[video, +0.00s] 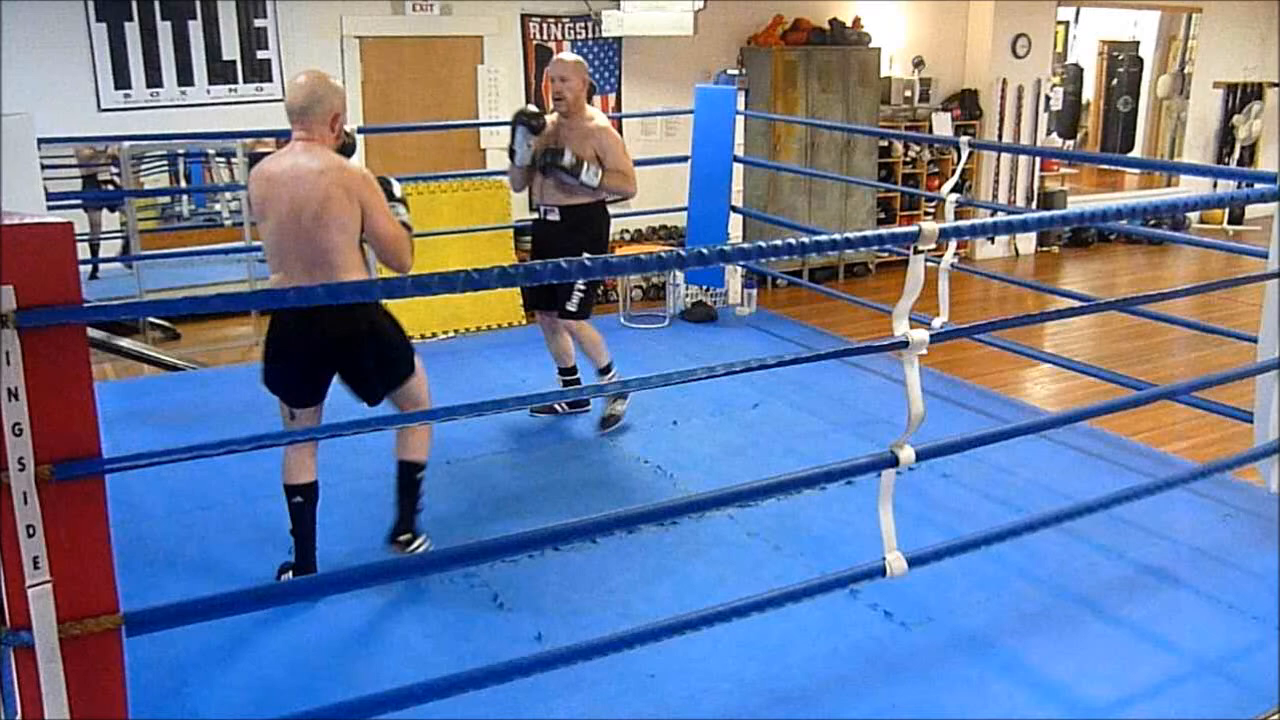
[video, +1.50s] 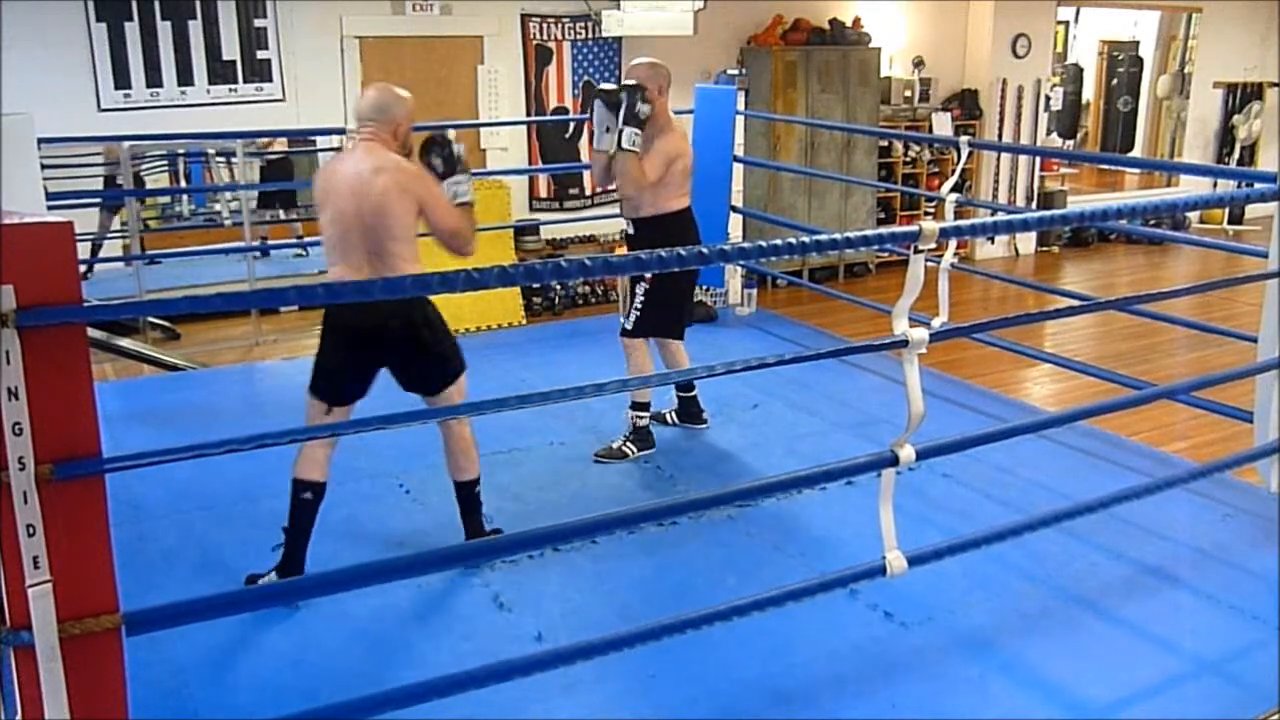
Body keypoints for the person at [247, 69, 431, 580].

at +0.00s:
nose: (346, 125)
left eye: (344, 118)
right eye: (343, 117)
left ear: (291, 119)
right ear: (333, 119)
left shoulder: (261, 176)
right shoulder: (352, 178)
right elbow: (400, 257)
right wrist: (392, 212)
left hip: (292, 329)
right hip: (357, 322)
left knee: (300, 436)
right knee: (416, 408)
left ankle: (303, 559)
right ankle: (405, 529)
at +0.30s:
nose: (380, 124)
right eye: (380, 117)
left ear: (334, 127)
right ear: (377, 122)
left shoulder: (318, 183)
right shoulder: (410, 160)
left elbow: (296, 252)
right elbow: (478, 166)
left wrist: (325, 215)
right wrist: (465, 141)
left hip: (343, 316)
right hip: (406, 310)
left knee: (306, 429)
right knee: (431, 411)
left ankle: (306, 555)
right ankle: (461, 508)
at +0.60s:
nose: (352, 117)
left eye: (342, 111)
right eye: (377, 107)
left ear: (337, 114)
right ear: (382, 110)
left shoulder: (325, 166)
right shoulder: (418, 157)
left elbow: (300, 245)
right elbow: (470, 212)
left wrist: (331, 205)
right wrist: (426, 200)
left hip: (349, 300)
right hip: (411, 294)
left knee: (300, 415)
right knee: (434, 401)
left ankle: (296, 547)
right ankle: (464, 502)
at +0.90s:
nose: (343, 130)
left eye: (340, 124)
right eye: (342, 123)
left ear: (291, 126)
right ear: (334, 124)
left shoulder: (261, 178)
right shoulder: (356, 170)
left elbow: (267, 240)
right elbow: (408, 236)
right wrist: (392, 184)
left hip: (294, 318)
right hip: (361, 312)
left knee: (276, 437)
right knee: (406, 416)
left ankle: (283, 566)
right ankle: (447, 508)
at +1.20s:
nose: (350, 126)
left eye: (350, 117)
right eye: (348, 118)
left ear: (296, 117)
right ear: (332, 118)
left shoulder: (255, 172)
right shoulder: (347, 168)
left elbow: (253, 258)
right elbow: (379, 251)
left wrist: (298, 226)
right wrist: (400, 211)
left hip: (282, 320)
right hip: (349, 312)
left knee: (282, 436)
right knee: (405, 417)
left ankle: (281, 566)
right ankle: (435, 531)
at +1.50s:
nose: (411, 133)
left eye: (411, 127)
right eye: (410, 127)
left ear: (359, 124)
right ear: (397, 128)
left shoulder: (326, 174)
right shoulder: (407, 174)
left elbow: (368, 220)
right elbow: (462, 241)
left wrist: (418, 176)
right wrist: (455, 181)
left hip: (345, 318)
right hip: (406, 314)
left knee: (320, 432)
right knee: (453, 418)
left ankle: (292, 560)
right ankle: (476, 529)